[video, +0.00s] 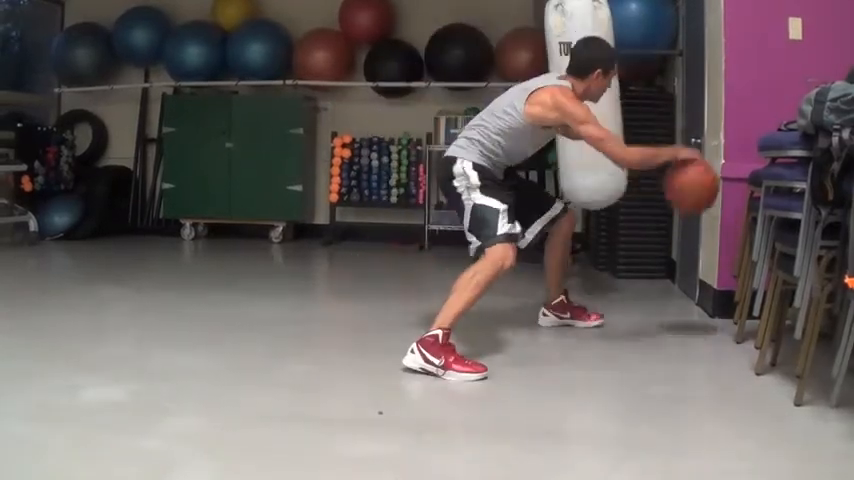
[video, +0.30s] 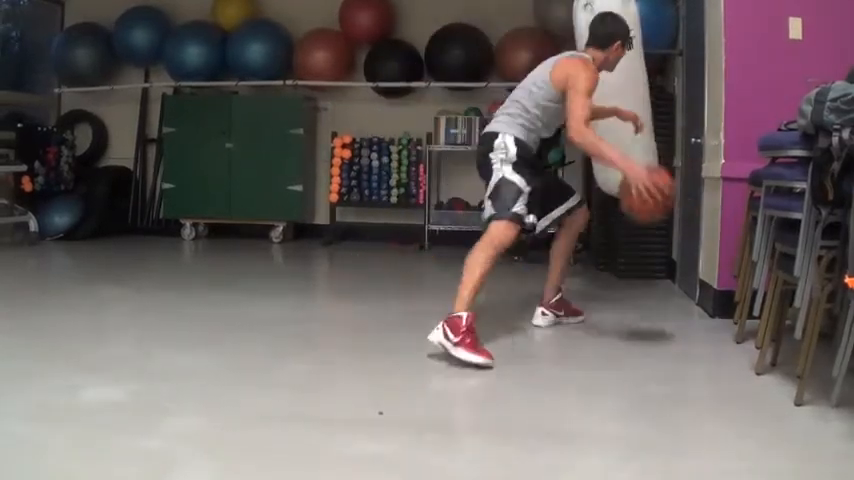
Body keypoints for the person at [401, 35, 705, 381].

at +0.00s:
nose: (608, 85)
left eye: (609, 78)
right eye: (609, 78)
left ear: (579, 69)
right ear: (595, 75)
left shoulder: (561, 91)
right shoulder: (561, 102)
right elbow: (625, 157)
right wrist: (677, 152)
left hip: (496, 169)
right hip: (468, 165)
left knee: (562, 218)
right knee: (501, 253)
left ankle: (555, 306)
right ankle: (433, 341)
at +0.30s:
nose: (621, 59)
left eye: (623, 53)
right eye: (623, 52)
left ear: (595, 41)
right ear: (615, 46)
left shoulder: (572, 64)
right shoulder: (581, 68)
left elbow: (575, 112)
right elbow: (579, 132)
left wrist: (616, 112)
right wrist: (628, 167)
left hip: (524, 153)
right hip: (505, 143)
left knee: (576, 215)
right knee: (506, 227)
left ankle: (550, 302)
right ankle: (456, 322)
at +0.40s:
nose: (621, 47)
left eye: (624, 41)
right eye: (624, 40)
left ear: (596, 26)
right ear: (615, 32)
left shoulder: (577, 50)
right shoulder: (581, 51)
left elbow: (585, 100)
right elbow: (575, 102)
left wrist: (623, 107)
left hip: (529, 136)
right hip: (511, 131)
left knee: (575, 209)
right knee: (528, 224)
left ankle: (550, 295)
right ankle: (469, 311)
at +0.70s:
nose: (621, 56)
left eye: (622, 49)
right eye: (620, 48)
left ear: (598, 45)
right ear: (605, 45)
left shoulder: (575, 67)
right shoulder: (580, 71)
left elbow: (581, 112)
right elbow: (588, 124)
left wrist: (617, 105)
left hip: (539, 159)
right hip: (520, 155)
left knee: (575, 223)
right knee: (550, 229)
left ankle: (551, 286)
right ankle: (488, 306)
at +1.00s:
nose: (601, 42)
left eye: (603, 35)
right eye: (601, 34)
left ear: (583, 26)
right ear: (589, 28)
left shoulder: (567, 58)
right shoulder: (549, 57)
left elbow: (563, 100)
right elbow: (536, 115)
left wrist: (606, 103)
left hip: (530, 156)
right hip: (506, 154)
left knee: (552, 221)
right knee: (552, 234)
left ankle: (550, 282)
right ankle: (494, 316)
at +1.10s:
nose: (586, 16)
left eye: (588, 10)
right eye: (586, 8)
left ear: (565, 3)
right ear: (572, 3)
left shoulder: (546, 28)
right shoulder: (541, 27)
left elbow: (552, 83)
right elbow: (533, 81)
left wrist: (594, 93)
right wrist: (591, 68)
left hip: (519, 136)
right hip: (501, 137)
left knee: (542, 219)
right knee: (550, 233)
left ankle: (532, 285)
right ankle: (494, 316)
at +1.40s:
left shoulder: (495, 5)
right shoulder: (532, 2)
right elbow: (532, 64)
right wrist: (591, 88)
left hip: (472, 109)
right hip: (486, 108)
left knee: (522, 215)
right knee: (540, 215)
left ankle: (495, 311)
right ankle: (468, 325)